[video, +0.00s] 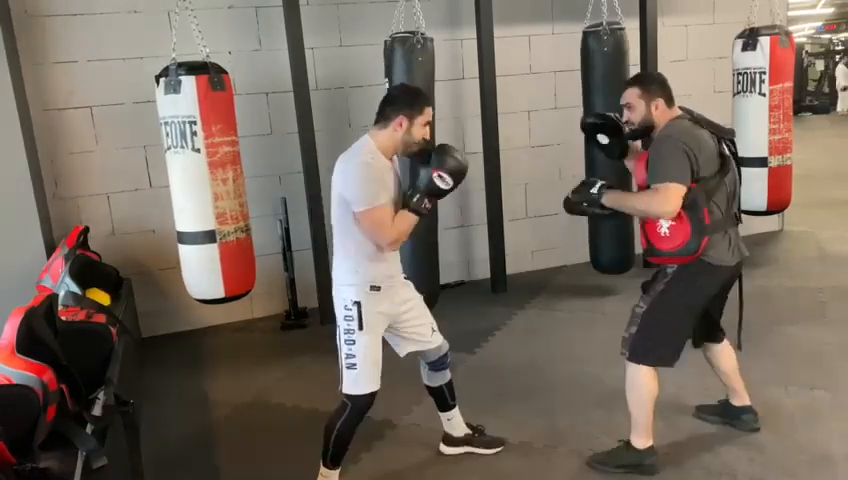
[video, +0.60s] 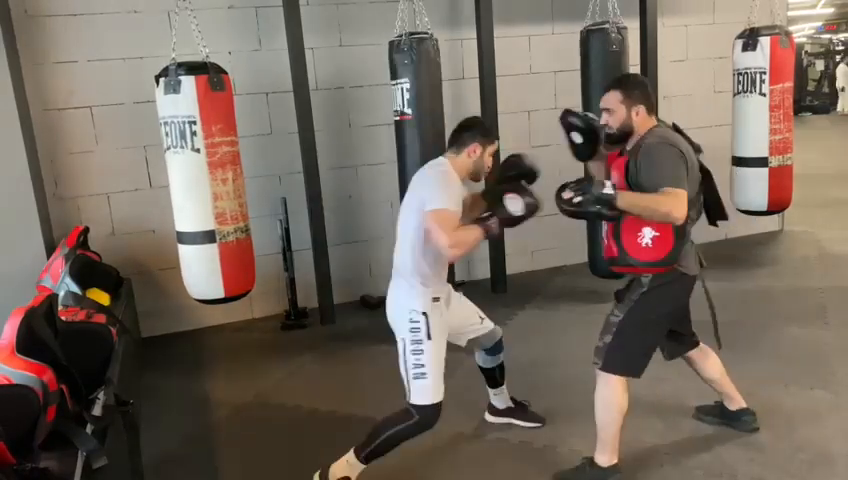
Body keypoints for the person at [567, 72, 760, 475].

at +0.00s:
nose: (625, 116)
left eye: (630, 108)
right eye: (623, 109)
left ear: (658, 104)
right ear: (663, 106)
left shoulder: (670, 141)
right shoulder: (691, 129)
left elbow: (665, 204)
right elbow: (661, 184)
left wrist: (604, 197)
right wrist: (626, 149)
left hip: (694, 263)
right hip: (723, 255)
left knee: (640, 348)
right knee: (705, 327)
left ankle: (639, 447)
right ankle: (741, 405)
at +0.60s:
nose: (604, 120)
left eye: (610, 112)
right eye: (602, 112)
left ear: (638, 111)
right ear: (638, 113)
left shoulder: (660, 147)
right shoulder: (640, 145)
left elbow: (675, 209)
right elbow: (609, 188)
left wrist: (608, 197)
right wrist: (592, 151)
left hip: (663, 273)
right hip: (667, 268)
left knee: (613, 363)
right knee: (687, 344)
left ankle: (604, 461)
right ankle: (738, 408)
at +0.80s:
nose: (581, 140)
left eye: (585, 132)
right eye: (580, 132)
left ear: (611, 131)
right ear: (602, 132)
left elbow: (693, 216)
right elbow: (566, 198)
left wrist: (647, 177)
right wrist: (547, 200)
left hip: (657, 279)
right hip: (625, 277)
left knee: (601, 365)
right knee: (654, 350)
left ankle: (605, 465)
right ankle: (723, 394)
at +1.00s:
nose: (581, 139)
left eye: (586, 131)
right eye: (579, 131)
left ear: (612, 128)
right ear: (607, 129)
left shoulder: (662, 156)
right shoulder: (605, 164)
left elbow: (682, 211)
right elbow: (581, 226)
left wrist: (626, 174)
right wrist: (572, 201)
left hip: (656, 283)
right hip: (633, 280)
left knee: (593, 368)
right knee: (663, 354)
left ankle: (605, 464)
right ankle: (728, 409)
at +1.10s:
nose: (589, 133)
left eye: (593, 124)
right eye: (587, 126)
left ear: (620, 122)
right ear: (620, 125)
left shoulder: (653, 149)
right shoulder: (626, 157)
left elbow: (689, 199)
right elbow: (631, 207)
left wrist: (629, 169)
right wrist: (590, 205)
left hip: (651, 281)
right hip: (678, 274)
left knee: (592, 366)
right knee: (682, 345)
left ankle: (605, 462)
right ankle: (737, 409)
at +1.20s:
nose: (599, 130)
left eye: (604, 122)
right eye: (597, 123)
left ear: (631, 119)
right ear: (640, 121)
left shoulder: (643, 145)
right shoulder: (668, 143)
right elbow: (672, 208)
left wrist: (576, 151)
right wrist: (608, 223)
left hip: (662, 275)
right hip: (694, 271)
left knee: (591, 358)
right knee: (690, 342)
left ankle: (601, 460)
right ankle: (740, 409)